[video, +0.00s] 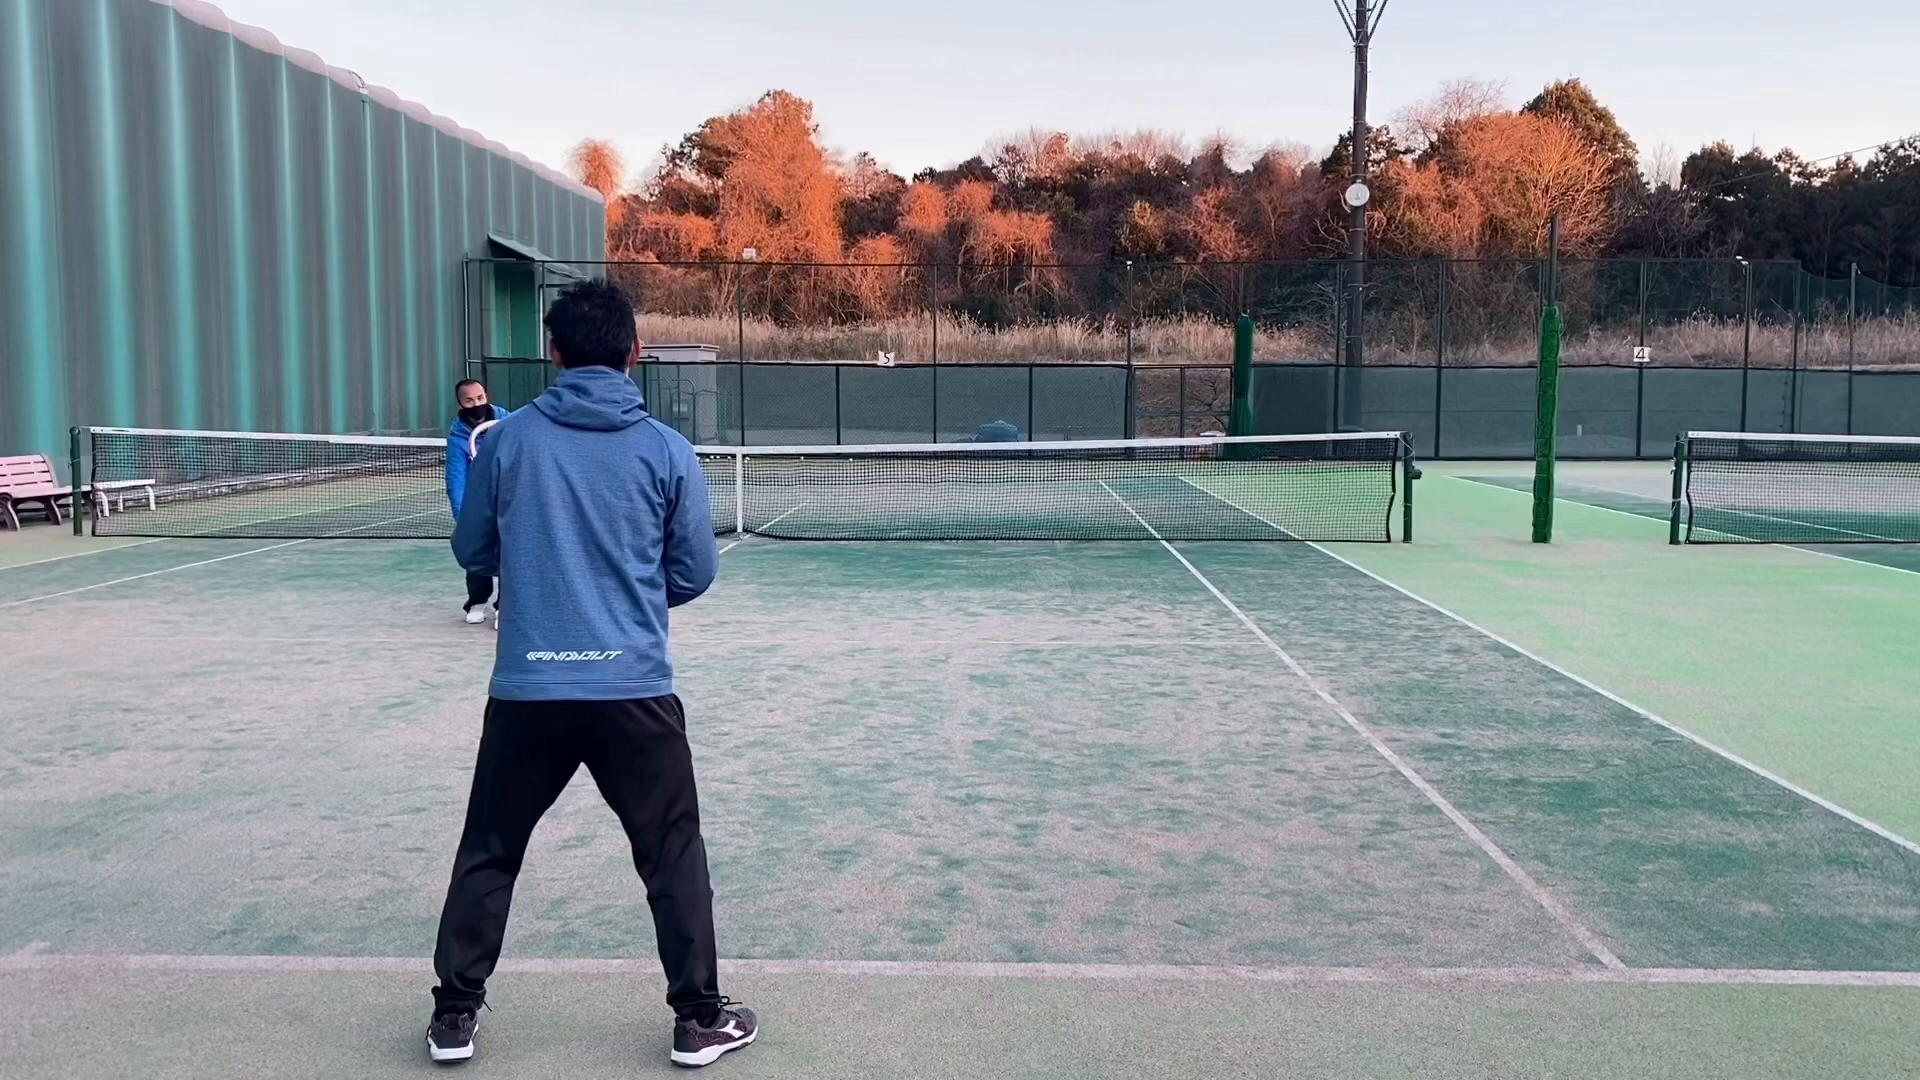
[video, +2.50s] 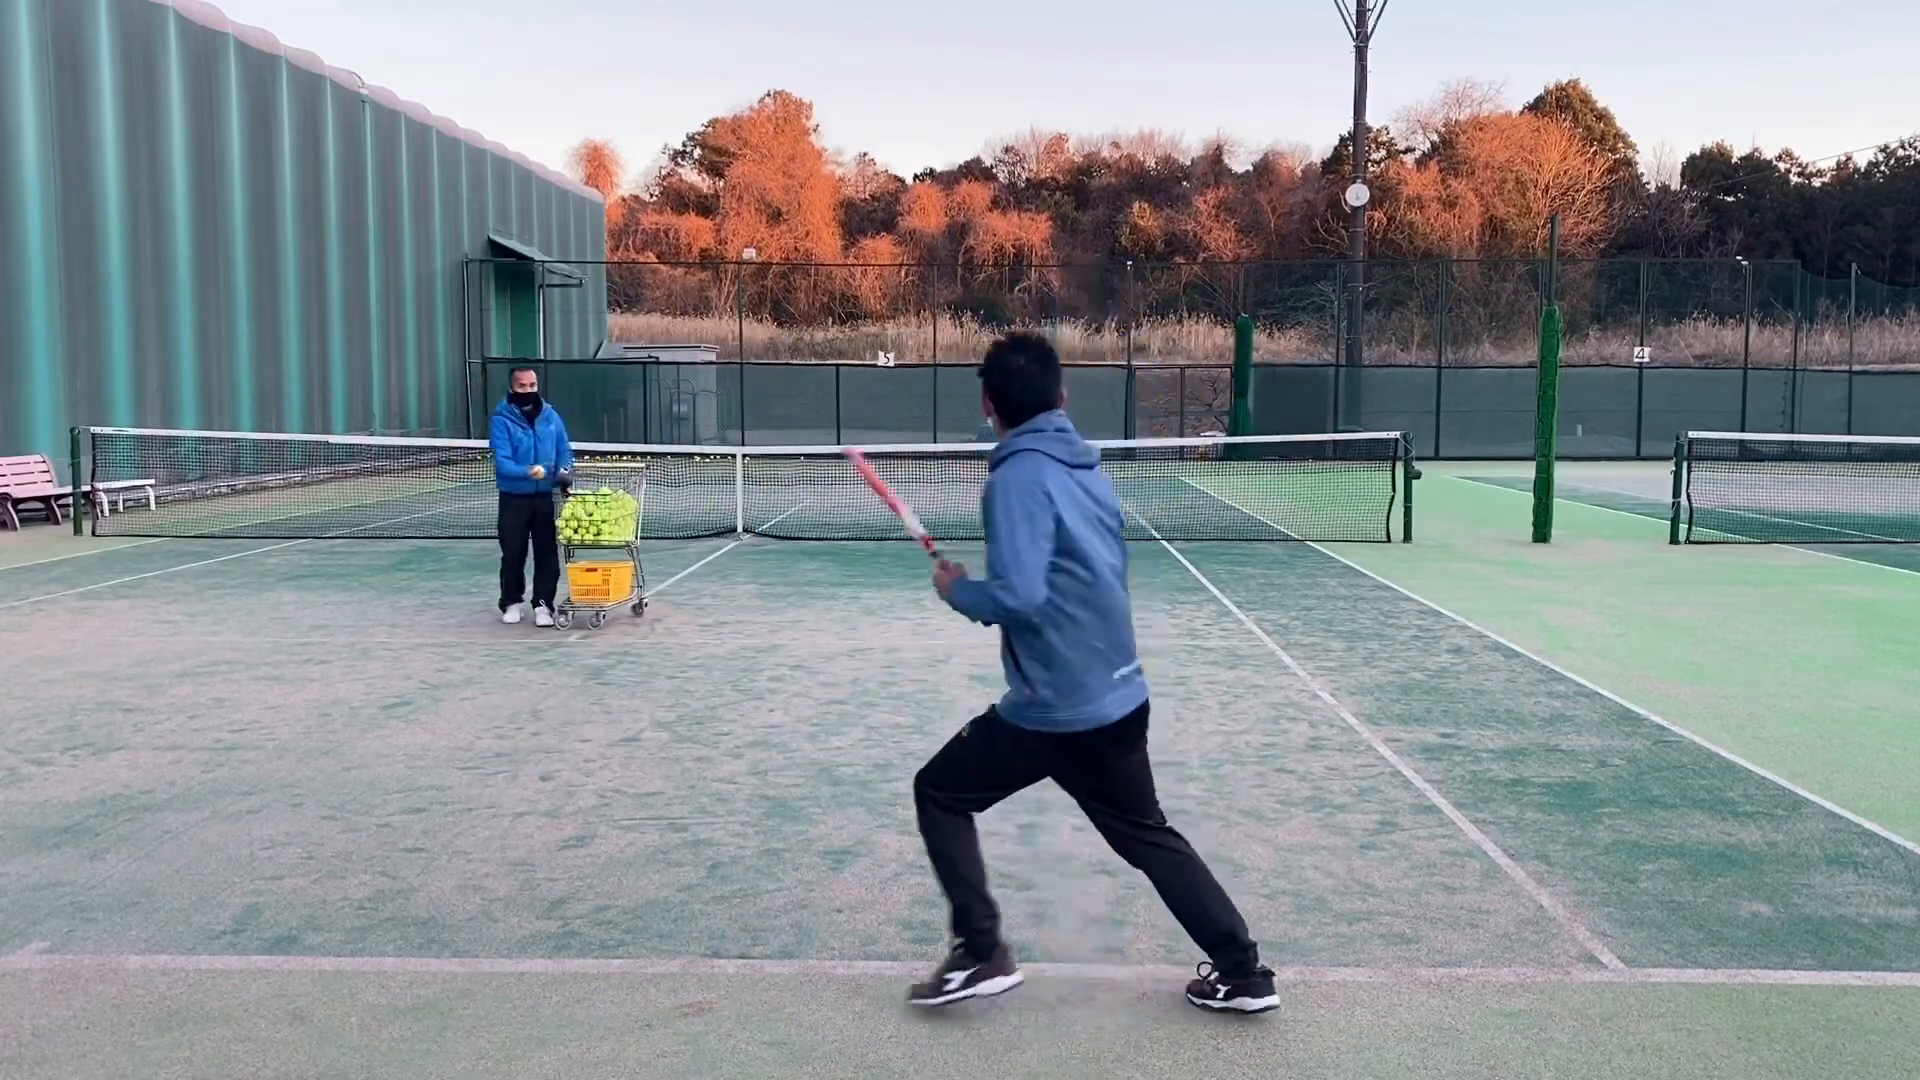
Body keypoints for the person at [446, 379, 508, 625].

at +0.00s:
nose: (475, 404)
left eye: (479, 398)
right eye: (468, 401)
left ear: (486, 396)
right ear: (460, 404)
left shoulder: (505, 419)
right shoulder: (458, 433)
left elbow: (520, 454)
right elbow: (456, 474)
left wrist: (521, 491)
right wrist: (461, 511)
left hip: (508, 492)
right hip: (476, 499)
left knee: (507, 550)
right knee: (476, 550)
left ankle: (503, 604)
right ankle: (477, 603)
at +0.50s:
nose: (497, 390)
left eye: (500, 385)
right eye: (490, 385)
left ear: (504, 386)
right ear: (476, 388)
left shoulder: (512, 415)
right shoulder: (468, 415)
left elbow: (528, 448)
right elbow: (468, 441)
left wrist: (527, 470)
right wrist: (505, 432)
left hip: (511, 496)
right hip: (481, 496)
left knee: (511, 557)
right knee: (478, 557)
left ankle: (504, 608)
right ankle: (471, 608)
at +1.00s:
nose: (515, 394)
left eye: (517, 389)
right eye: (509, 389)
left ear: (520, 390)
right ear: (495, 390)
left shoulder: (517, 416)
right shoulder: (482, 421)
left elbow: (521, 451)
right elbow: (488, 465)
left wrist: (533, 476)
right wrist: (526, 486)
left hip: (518, 497)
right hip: (491, 499)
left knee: (529, 553)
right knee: (484, 557)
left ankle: (526, 604)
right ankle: (470, 608)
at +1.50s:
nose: (545, 393)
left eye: (548, 389)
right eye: (539, 389)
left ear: (549, 390)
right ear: (525, 390)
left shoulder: (543, 416)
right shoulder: (514, 421)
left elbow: (548, 455)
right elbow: (534, 459)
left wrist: (564, 481)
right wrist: (568, 486)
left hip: (537, 497)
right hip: (510, 498)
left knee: (542, 554)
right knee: (499, 555)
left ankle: (541, 606)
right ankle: (471, 605)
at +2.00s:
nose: (553, 393)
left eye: (556, 389)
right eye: (547, 389)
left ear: (558, 389)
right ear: (533, 391)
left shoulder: (554, 416)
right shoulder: (524, 422)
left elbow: (559, 449)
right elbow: (542, 463)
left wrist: (564, 466)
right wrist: (572, 494)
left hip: (547, 494)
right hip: (521, 495)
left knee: (548, 553)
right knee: (510, 554)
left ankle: (542, 605)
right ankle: (485, 603)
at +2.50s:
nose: (527, 390)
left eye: (532, 385)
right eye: (522, 386)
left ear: (538, 386)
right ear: (512, 387)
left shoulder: (550, 415)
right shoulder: (501, 419)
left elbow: (565, 451)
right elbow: (502, 464)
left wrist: (563, 470)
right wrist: (527, 471)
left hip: (545, 496)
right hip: (514, 497)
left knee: (547, 553)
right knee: (513, 553)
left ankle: (543, 605)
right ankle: (512, 603)